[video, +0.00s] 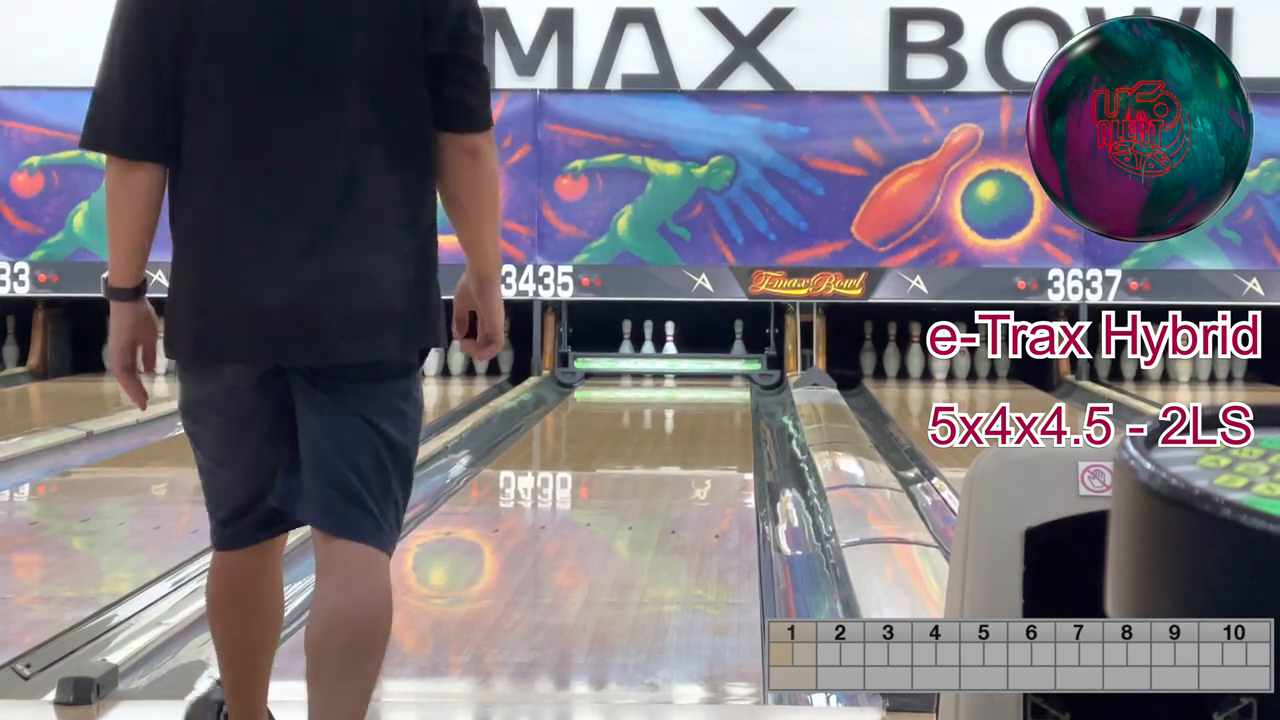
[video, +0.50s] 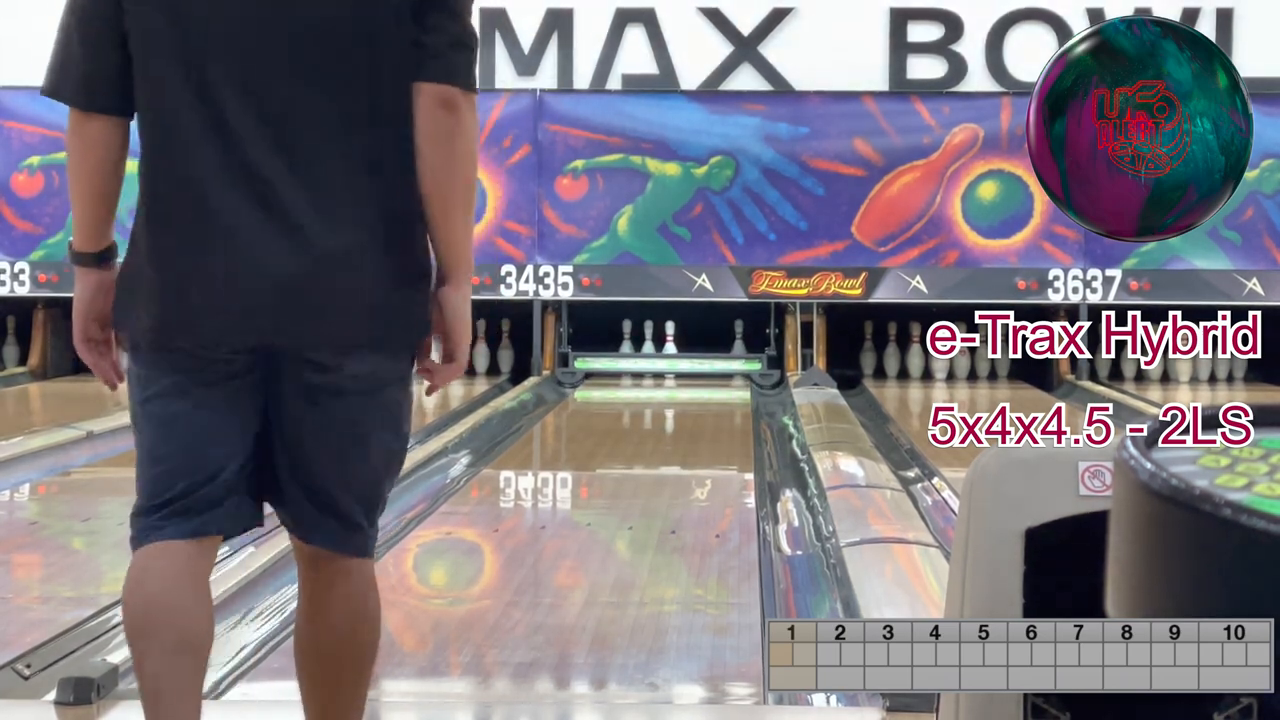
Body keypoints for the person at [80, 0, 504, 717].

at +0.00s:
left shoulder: (163, 6)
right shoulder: (433, 3)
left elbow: (136, 141)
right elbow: (464, 135)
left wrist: (126, 291)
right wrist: (485, 273)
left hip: (222, 295)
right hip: (372, 295)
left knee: (242, 534)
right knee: (356, 541)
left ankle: (247, 714)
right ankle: (336, 714)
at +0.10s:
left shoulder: (158, 7)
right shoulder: (440, 3)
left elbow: (139, 134)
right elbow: (471, 127)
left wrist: (134, 282)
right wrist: (489, 267)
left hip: (228, 285)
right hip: (380, 284)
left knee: (240, 527)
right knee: (353, 538)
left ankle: (238, 715)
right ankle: (335, 713)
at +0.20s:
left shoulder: (154, 4)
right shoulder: (449, 6)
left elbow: (137, 109)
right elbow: (472, 103)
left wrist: (138, 264)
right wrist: (485, 256)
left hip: (219, 267)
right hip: (377, 266)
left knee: (222, 519)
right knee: (346, 533)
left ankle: (229, 716)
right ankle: (333, 714)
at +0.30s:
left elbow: (131, 98)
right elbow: (476, 90)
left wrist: (130, 259)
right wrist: (477, 256)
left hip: (214, 263)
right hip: (372, 262)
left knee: (204, 525)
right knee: (340, 535)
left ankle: (214, 714)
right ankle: (333, 715)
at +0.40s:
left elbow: (117, 98)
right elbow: (464, 92)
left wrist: (112, 257)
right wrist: (470, 267)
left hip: (202, 267)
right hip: (366, 270)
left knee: (187, 522)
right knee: (340, 538)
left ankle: (195, 713)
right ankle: (335, 717)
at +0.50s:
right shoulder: (424, 6)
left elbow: (97, 98)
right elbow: (444, 92)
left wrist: (93, 261)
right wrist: (455, 274)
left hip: (188, 271)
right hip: (356, 273)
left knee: (173, 530)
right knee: (339, 548)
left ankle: (172, 713)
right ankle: (335, 714)